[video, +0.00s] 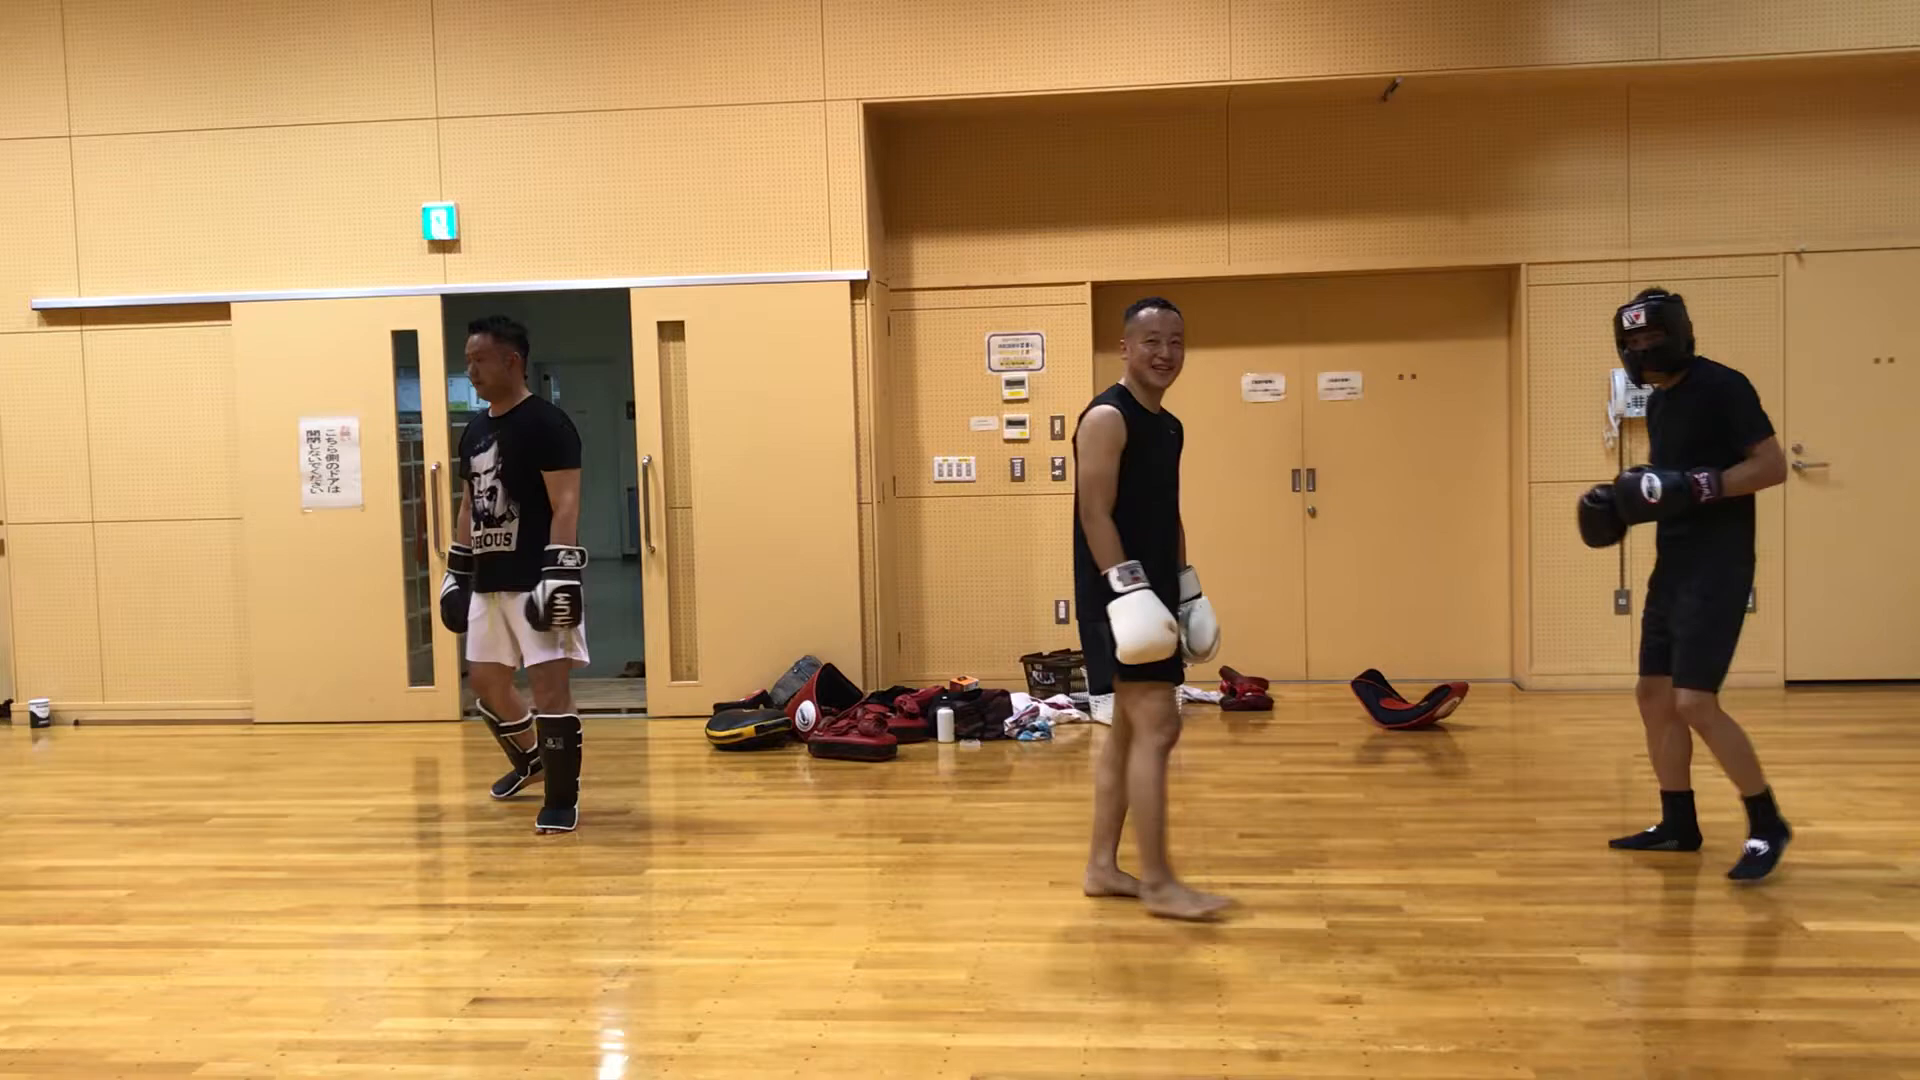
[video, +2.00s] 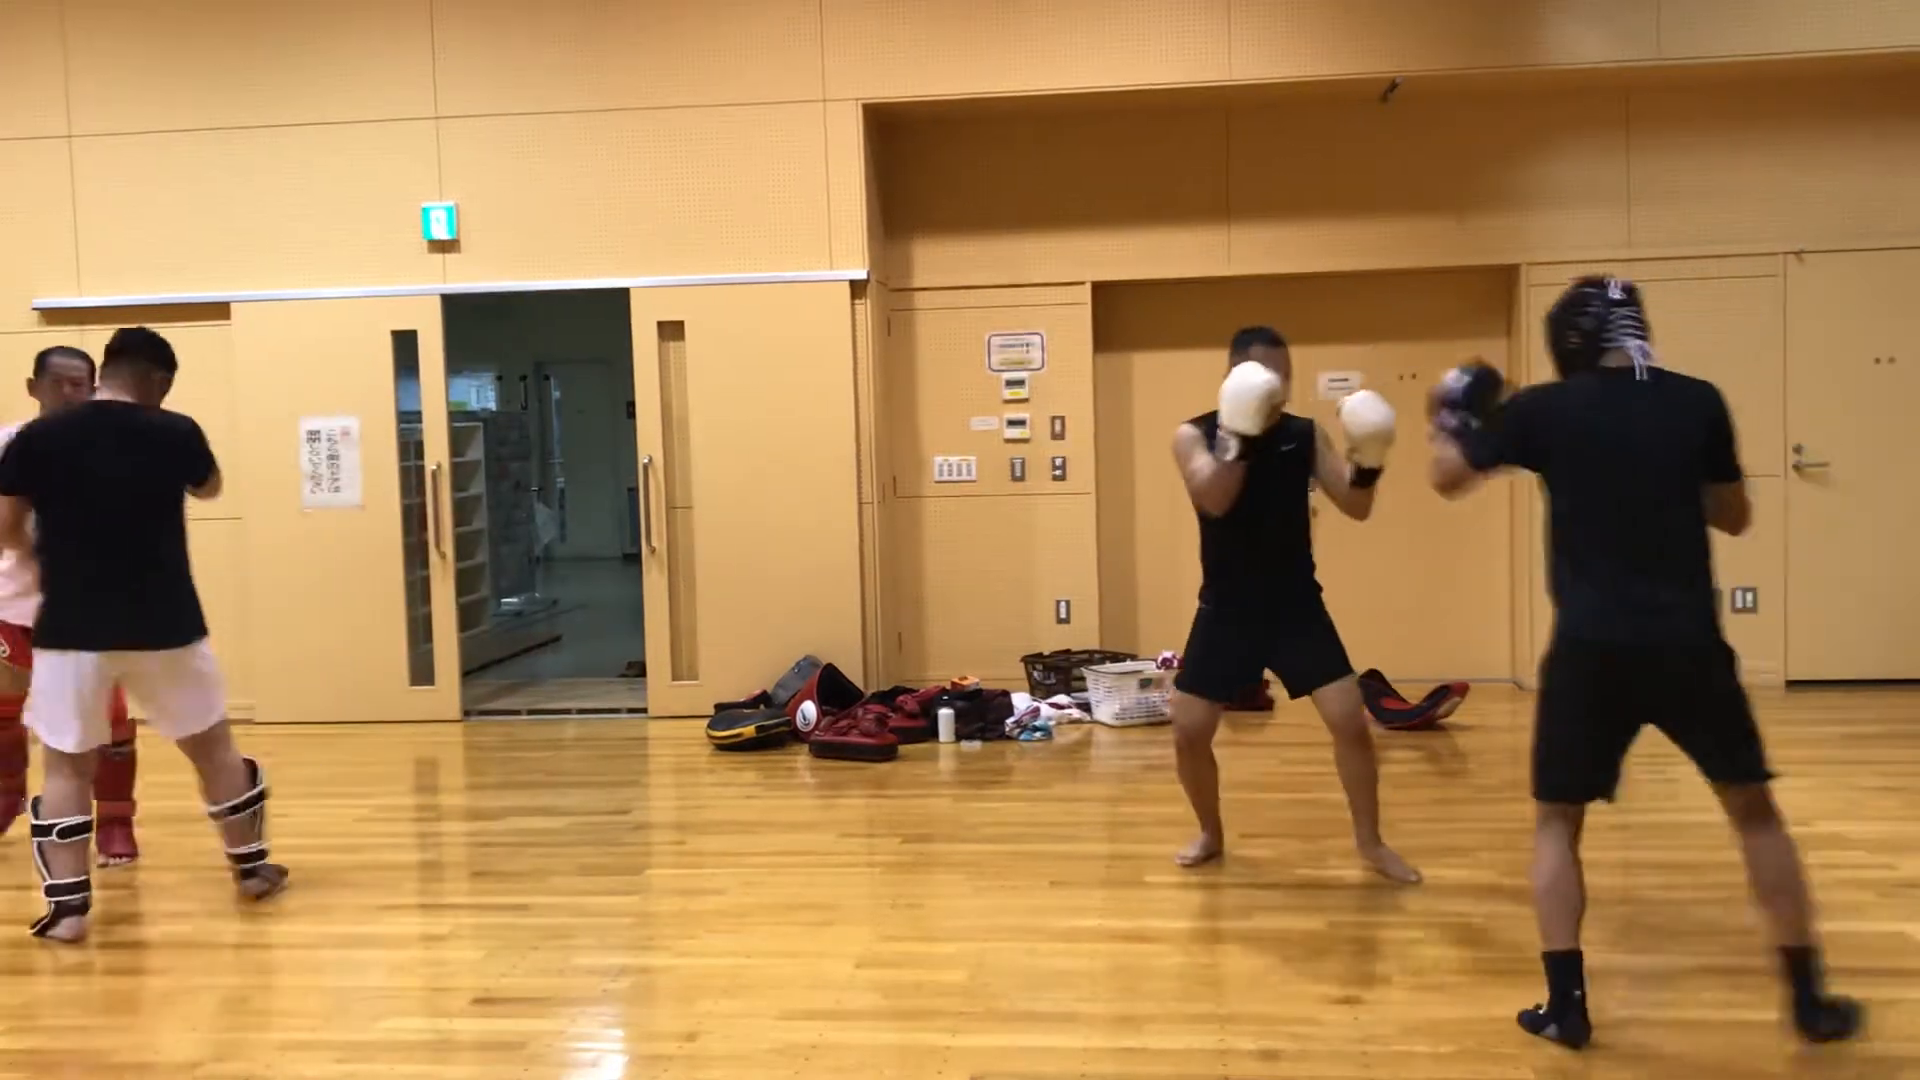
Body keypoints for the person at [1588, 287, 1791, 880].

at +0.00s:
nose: (1643, 359)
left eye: (1653, 345)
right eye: (1634, 349)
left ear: (1681, 337)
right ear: (1627, 352)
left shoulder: (1725, 387)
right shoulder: (1658, 400)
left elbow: (1772, 465)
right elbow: (1669, 475)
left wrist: (1697, 486)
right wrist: (1621, 500)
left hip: (1720, 566)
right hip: (1673, 564)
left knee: (1695, 700)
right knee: (1655, 695)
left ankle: (1768, 827)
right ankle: (1678, 826)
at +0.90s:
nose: (1625, 371)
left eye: (1634, 360)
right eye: (1623, 359)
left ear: (1670, 359)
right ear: (1669, 357)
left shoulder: (1711, 411)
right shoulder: (1688, 401)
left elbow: (1662, 506)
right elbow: (1633, 462)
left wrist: (1582, 482)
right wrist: (1562, 450)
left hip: (1719, 595)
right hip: (1723, 588)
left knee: (1661, 738)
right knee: (1706, 713)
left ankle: (1724, 889)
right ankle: (1746, 830)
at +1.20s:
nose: (1637, 351)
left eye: (1645, 338)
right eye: (1636, 338)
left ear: (1679, 334)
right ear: (1701, 329)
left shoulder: (1698, 394)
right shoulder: (1750, 379)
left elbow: (1636, 485)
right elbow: (1664, 465)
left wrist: (1566, 447)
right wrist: (1595, 448)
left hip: (1717, 599)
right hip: (1776, 590)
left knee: (1694, 741)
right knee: (1777, 732)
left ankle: (1725, 887)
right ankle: (1863, 866)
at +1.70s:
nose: (1652, 358)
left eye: (1652, 347)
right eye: (1653, 348)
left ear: (1666, 344)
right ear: (1727, 326)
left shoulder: (1676, 396)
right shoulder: (1804, 391)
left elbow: (1609, 499)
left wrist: (1592, 434)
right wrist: (1660, 400)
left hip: (1704, 625)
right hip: (1797, 626)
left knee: (1630, 765)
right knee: (1827, 794)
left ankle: (1628, 932)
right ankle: (1878, 981)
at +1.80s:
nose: (1629, 378)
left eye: (1630, 367)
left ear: (1643, 367)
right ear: (1710, 347)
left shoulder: (1644, 434)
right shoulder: (1783, 417)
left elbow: (1590, 546)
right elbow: (1797, 521)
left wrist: (1571, 473)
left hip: (1681, 663)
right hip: (1778, 660)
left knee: (1607, 807)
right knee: (1821, 823)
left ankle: (1579, 969)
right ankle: (1877, 996)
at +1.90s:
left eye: (1606, 359)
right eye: (1690, 339)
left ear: (1615, 362)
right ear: (1688, 349)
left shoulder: (1604, 429)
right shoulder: (1752, 413)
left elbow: (1540, 536)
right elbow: (1785, 525)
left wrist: (1532, 466)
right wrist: (1728, 473)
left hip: (1645, 662)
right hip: (1744, 660)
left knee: (1589, 824)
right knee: (1802, 815)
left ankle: (1569, 1000)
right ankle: (1872, 1000)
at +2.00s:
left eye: (1557, 346)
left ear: (1567, 347)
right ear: (1638, 338)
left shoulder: (1546, 409)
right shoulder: (1696, 401)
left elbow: (1449, 477)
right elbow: (1733, 513)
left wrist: (1446, 414)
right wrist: (1664, 476)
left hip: (1589, 654)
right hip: (1689, 651)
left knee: (1557, 821)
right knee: (1754, 810)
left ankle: (1565, 1008)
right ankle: (1808, 998)